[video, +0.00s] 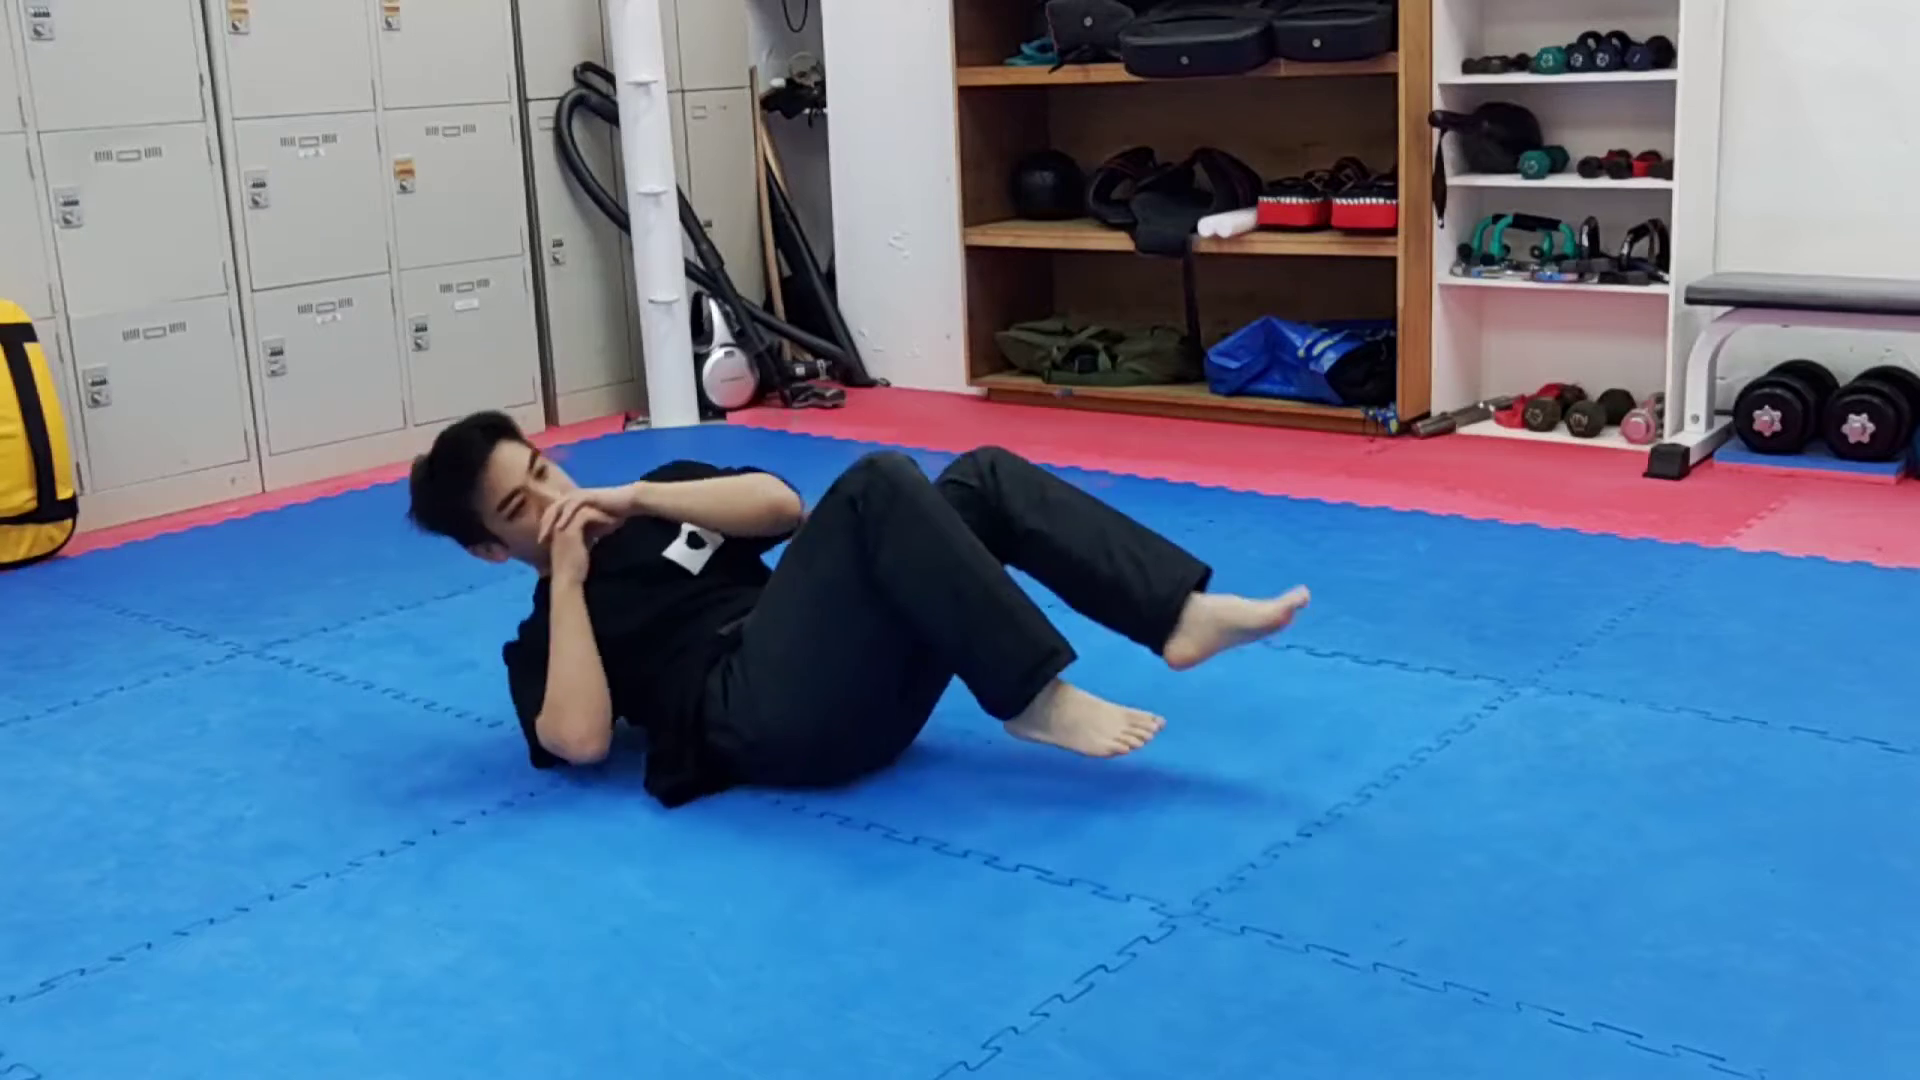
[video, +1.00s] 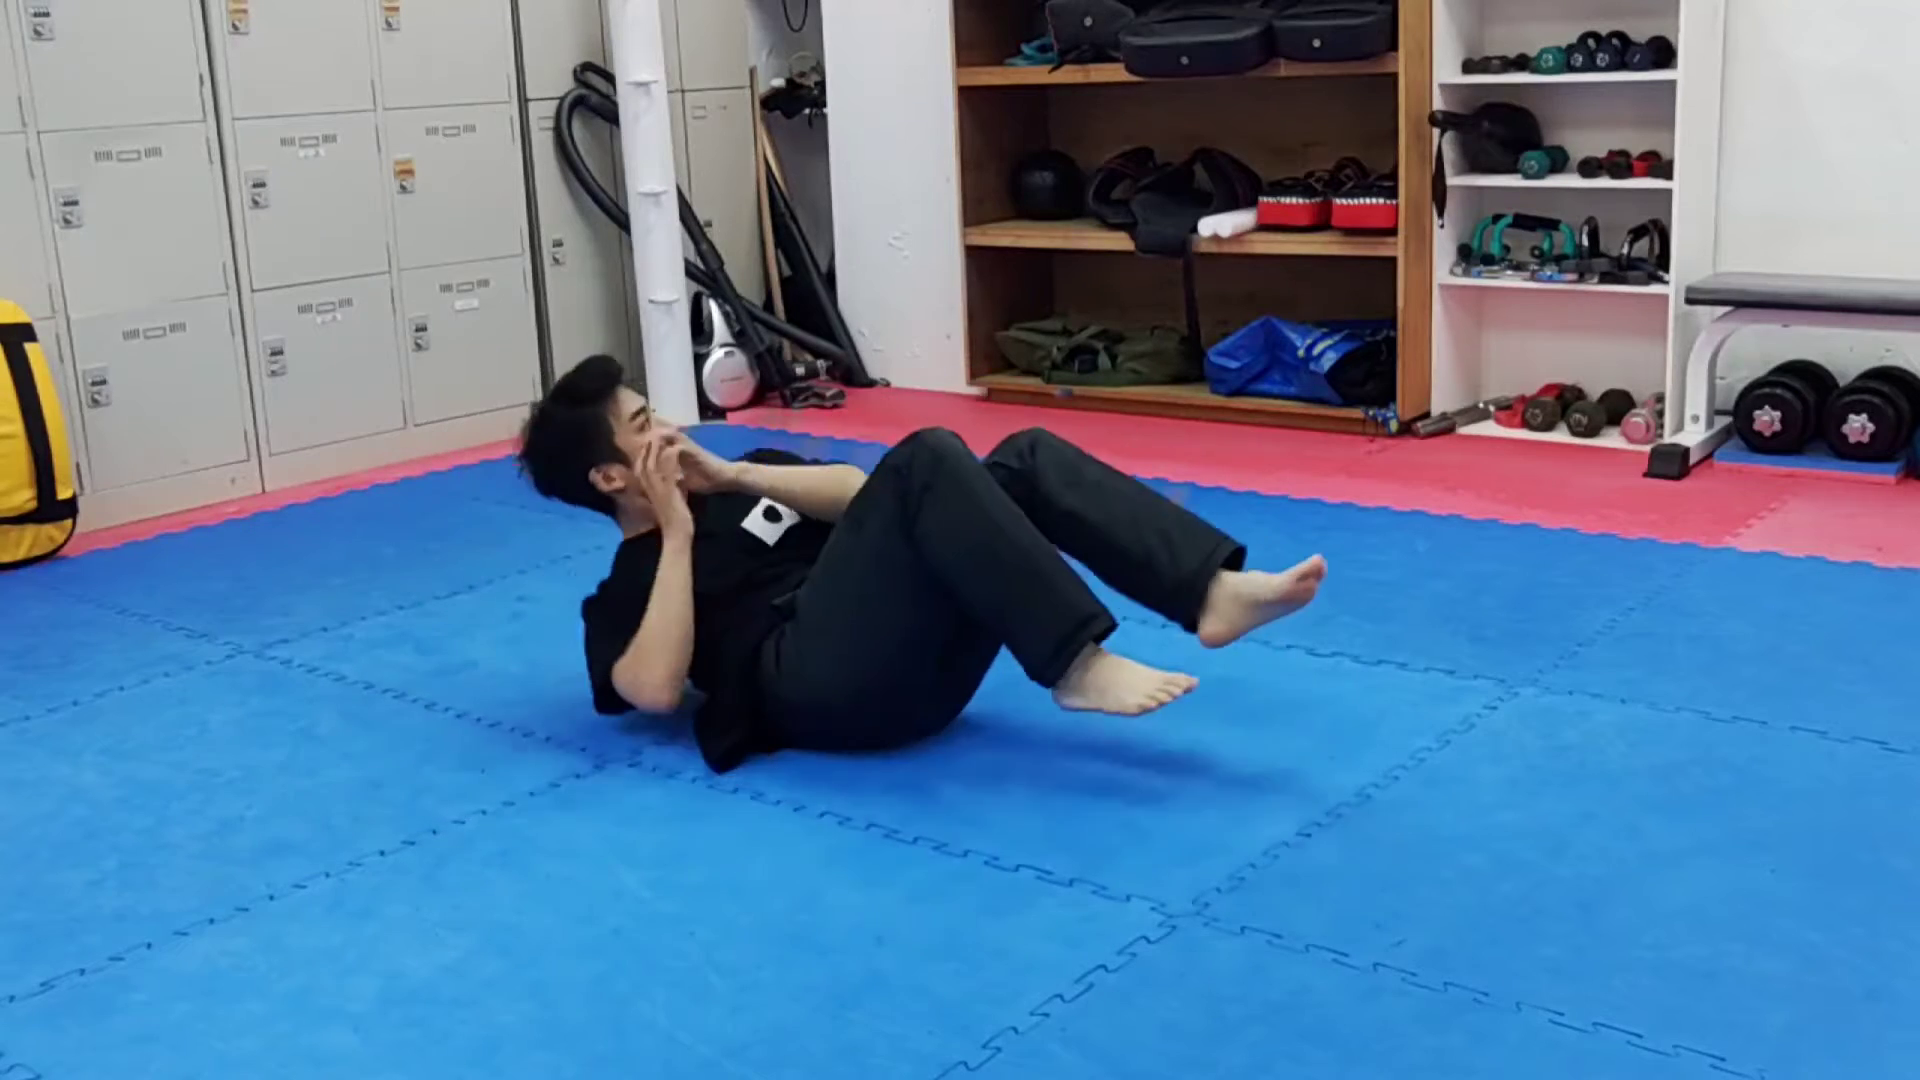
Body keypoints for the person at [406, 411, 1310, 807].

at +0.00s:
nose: (543, 498)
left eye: (535, 475)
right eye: (514, 506)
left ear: (554, 460)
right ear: (490, 543)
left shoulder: (652, 511)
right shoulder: (534, 635)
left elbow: (788, 507)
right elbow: (579, 742)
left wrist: (637, 500)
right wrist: (564, 585)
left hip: (864, 681)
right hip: (775, 730)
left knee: (983, 476)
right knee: (878, 480)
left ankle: (1179, 616)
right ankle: (1035, 697)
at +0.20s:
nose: (531, 533)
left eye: (529, 510)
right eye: (499, 538)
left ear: (545, 512)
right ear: (470, 583)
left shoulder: (634, 559)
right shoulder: (504, 676)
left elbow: (745, 519)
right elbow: (546, 724)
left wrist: (603, 496)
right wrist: (533, 570)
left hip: (835, 662)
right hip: (750, 707)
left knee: (853, 418)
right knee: (787, 433)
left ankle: (1074, 470)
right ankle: (985, 595)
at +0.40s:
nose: (535, 532)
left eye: (533, 518)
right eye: (505, 530)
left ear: (549, 530)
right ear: (469, 586)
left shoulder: (629, 581)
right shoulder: (492, 667)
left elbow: (746, 537)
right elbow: (556, 629)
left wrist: (665, 492)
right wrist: (580, 504)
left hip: (815, 626)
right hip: (745, 687)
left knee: (785, 371)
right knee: (720, 432)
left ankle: (1019, 444)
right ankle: (966, 528)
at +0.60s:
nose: (591, 495)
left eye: (585, 482)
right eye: (561, 489)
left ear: (599, 504)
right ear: (516, 536)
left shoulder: (646, 577)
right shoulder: (518, 621)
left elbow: (756, 600)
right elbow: (625, 598)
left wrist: (717, 501)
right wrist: (676, 504)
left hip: (861, 662)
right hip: (787, 710)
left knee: (861, 426)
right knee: (765, 474)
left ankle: (1055, 542)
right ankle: (998, 604)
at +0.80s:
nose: (662, 432)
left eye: (654, 417)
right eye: (635, 426)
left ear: (655, 437)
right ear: (586, 469)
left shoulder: (721, 519)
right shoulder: (569, 568)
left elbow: (842, 550)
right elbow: (635, 621)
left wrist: (767, 485)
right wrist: (703, 496)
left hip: (897, 669)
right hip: (804, 702)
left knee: (977, 454)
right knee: (872, 456)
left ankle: (1136, 619)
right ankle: (1031, 661)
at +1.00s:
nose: (659, 436)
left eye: (649, 417)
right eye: (634, 437)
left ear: (663, 418)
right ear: (604, 483)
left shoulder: (752, 474)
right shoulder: (619, 593)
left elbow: (876, 492)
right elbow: (654, 691)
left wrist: (737, 479)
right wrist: (671, 532)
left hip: (920, 648)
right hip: (829, 693)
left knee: (1028, 457)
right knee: (923, 456)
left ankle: (1210, 590)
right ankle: (1074, 662)